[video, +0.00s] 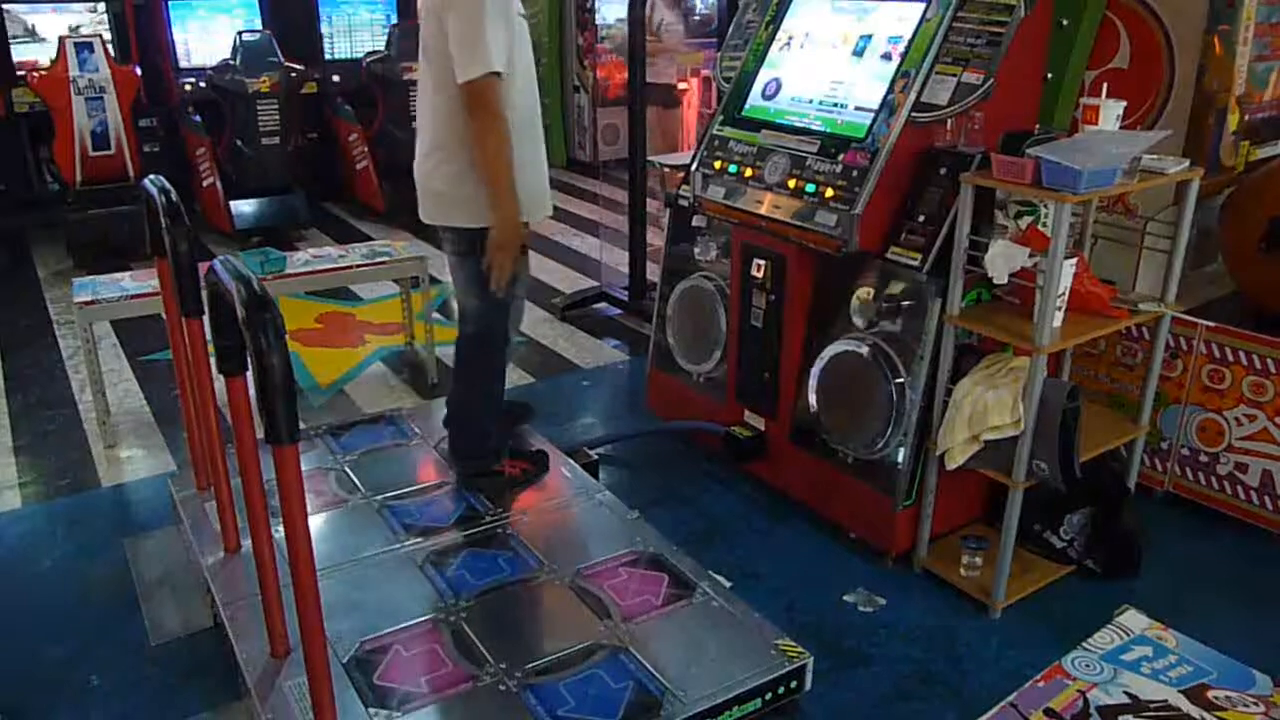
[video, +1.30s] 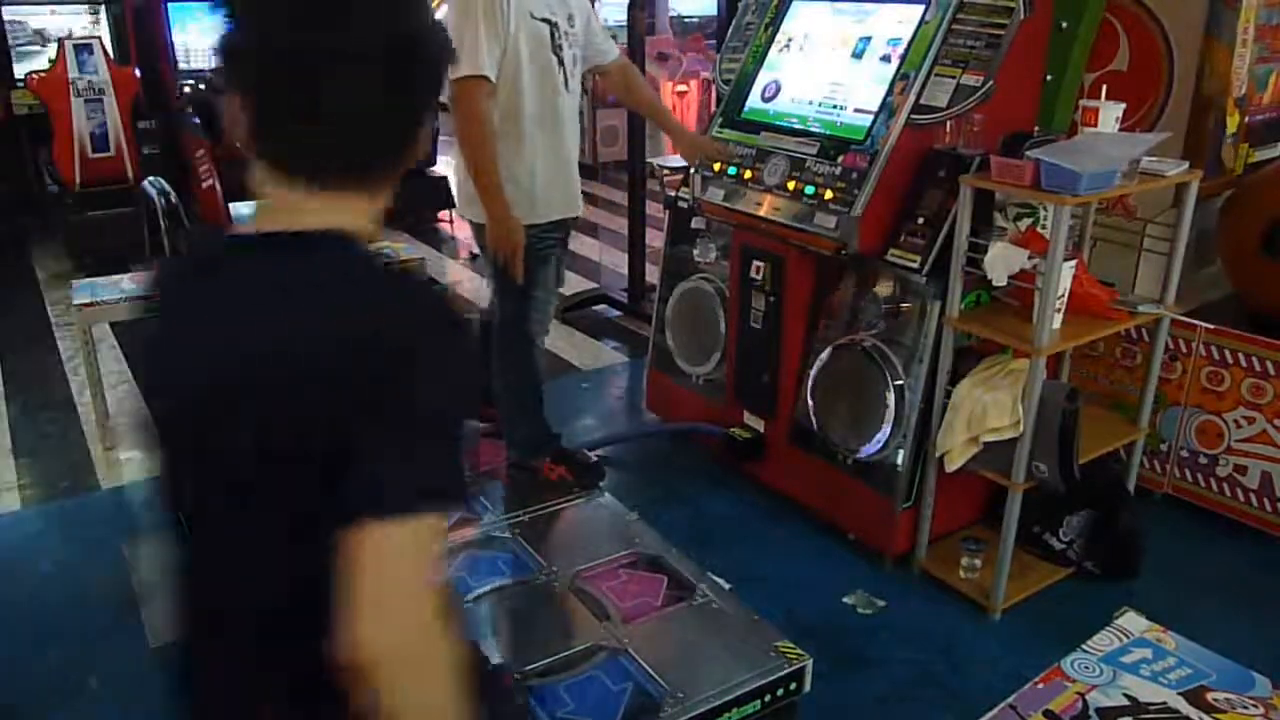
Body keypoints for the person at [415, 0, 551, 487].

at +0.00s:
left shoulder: (472, 8)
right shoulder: (472, 6)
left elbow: (481, 103)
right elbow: (483, 103)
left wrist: (509, 209)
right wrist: (505, 219)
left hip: (472, 196)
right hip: (479, 200)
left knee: (486, 325)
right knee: (485, 334)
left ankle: (480, 415)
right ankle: (478, 463)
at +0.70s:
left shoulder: (515, 7)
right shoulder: (459, 4)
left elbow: (504, 90)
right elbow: (447, 89)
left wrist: (518, 181)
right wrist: (459, 196)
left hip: (494, 189)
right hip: (481, 196)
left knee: (471, 317)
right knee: (502, 323)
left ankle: (472, 431)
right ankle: (490, 454)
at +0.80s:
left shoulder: (534, 8)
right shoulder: (465, 4)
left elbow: (547, 92)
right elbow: (449, 93)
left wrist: (581, 163)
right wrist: (463, 197)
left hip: (501, 185)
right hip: (474, 191)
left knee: (468, 314)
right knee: (501, 324)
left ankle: (468, 425)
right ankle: (519, 456)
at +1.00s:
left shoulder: (550, 8)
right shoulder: (473, 5)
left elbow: (590, 82)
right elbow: (461, 98)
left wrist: (648, 137)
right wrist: (481, 203)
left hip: (524, 190)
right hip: (489, 195)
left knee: (485, 310)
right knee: (512, 327)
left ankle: (470, 412)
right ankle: (531, 452)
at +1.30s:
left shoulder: (574, 5)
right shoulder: (482, 4)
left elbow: (616, 68)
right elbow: (469, 98)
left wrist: (681, 134)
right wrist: (497, 212)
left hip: (553, 195)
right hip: (507, 202)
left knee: (523, 325)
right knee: (521, 333)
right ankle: (531, 454)